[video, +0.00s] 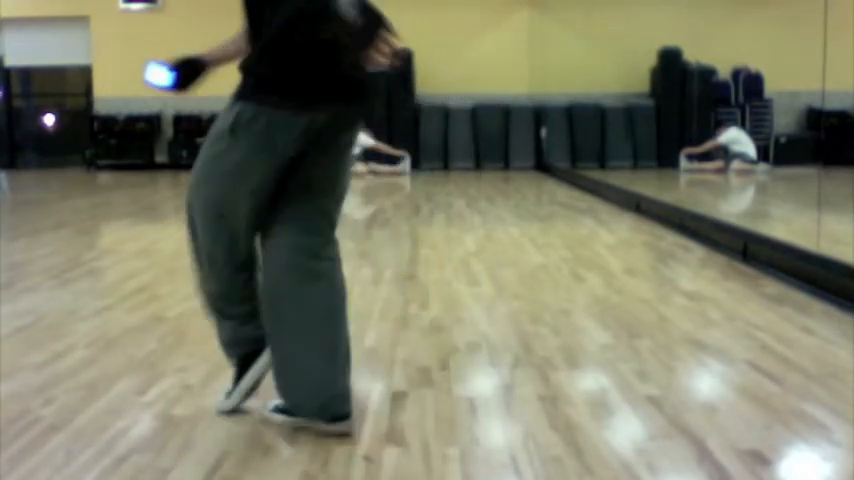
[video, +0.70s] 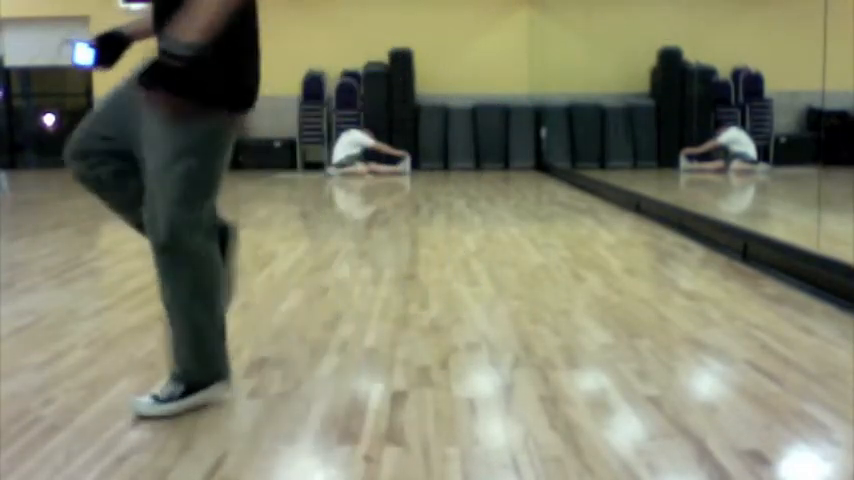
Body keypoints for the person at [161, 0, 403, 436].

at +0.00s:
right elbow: (269, 26)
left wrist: (364, 27)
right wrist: (204, 60)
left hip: (280, 75)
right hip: (340, 76)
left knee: (215, 204)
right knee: (302, 235)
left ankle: (245, 342)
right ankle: (320, 402)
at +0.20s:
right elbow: (237, 6)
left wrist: (359, 19)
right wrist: (175, 23)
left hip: (262, 49)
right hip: (320, 49)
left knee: (206, 180)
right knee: (304, 205)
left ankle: (230, 330)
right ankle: (321, 377)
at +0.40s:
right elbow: (197, 11)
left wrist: (348, 49)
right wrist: (130, 19)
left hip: (227, 82)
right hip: (267, 78)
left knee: (179, 229)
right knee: (263, 226)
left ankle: (198, 377)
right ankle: (322, 377)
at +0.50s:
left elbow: (294, 1)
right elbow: (177, 12)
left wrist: (300, 58)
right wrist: (116, 31)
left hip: (212, 82)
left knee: (176, 234)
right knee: (184, 223)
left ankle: (206, 380)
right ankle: (269, 302)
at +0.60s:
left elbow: (261, 3)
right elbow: (180, 14)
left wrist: (243, 60)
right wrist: (117, 35)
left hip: (211, 84)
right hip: (177, 84)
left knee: (171, 238)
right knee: (112, 167)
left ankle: (207, 379)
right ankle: (224, 246)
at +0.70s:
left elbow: (213, 11)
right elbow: (180, 12)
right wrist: (126, 34)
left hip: (205, 82)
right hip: (164, 72)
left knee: (178, 232)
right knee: (90, 154)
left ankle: (202, 373)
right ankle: (203, 237)